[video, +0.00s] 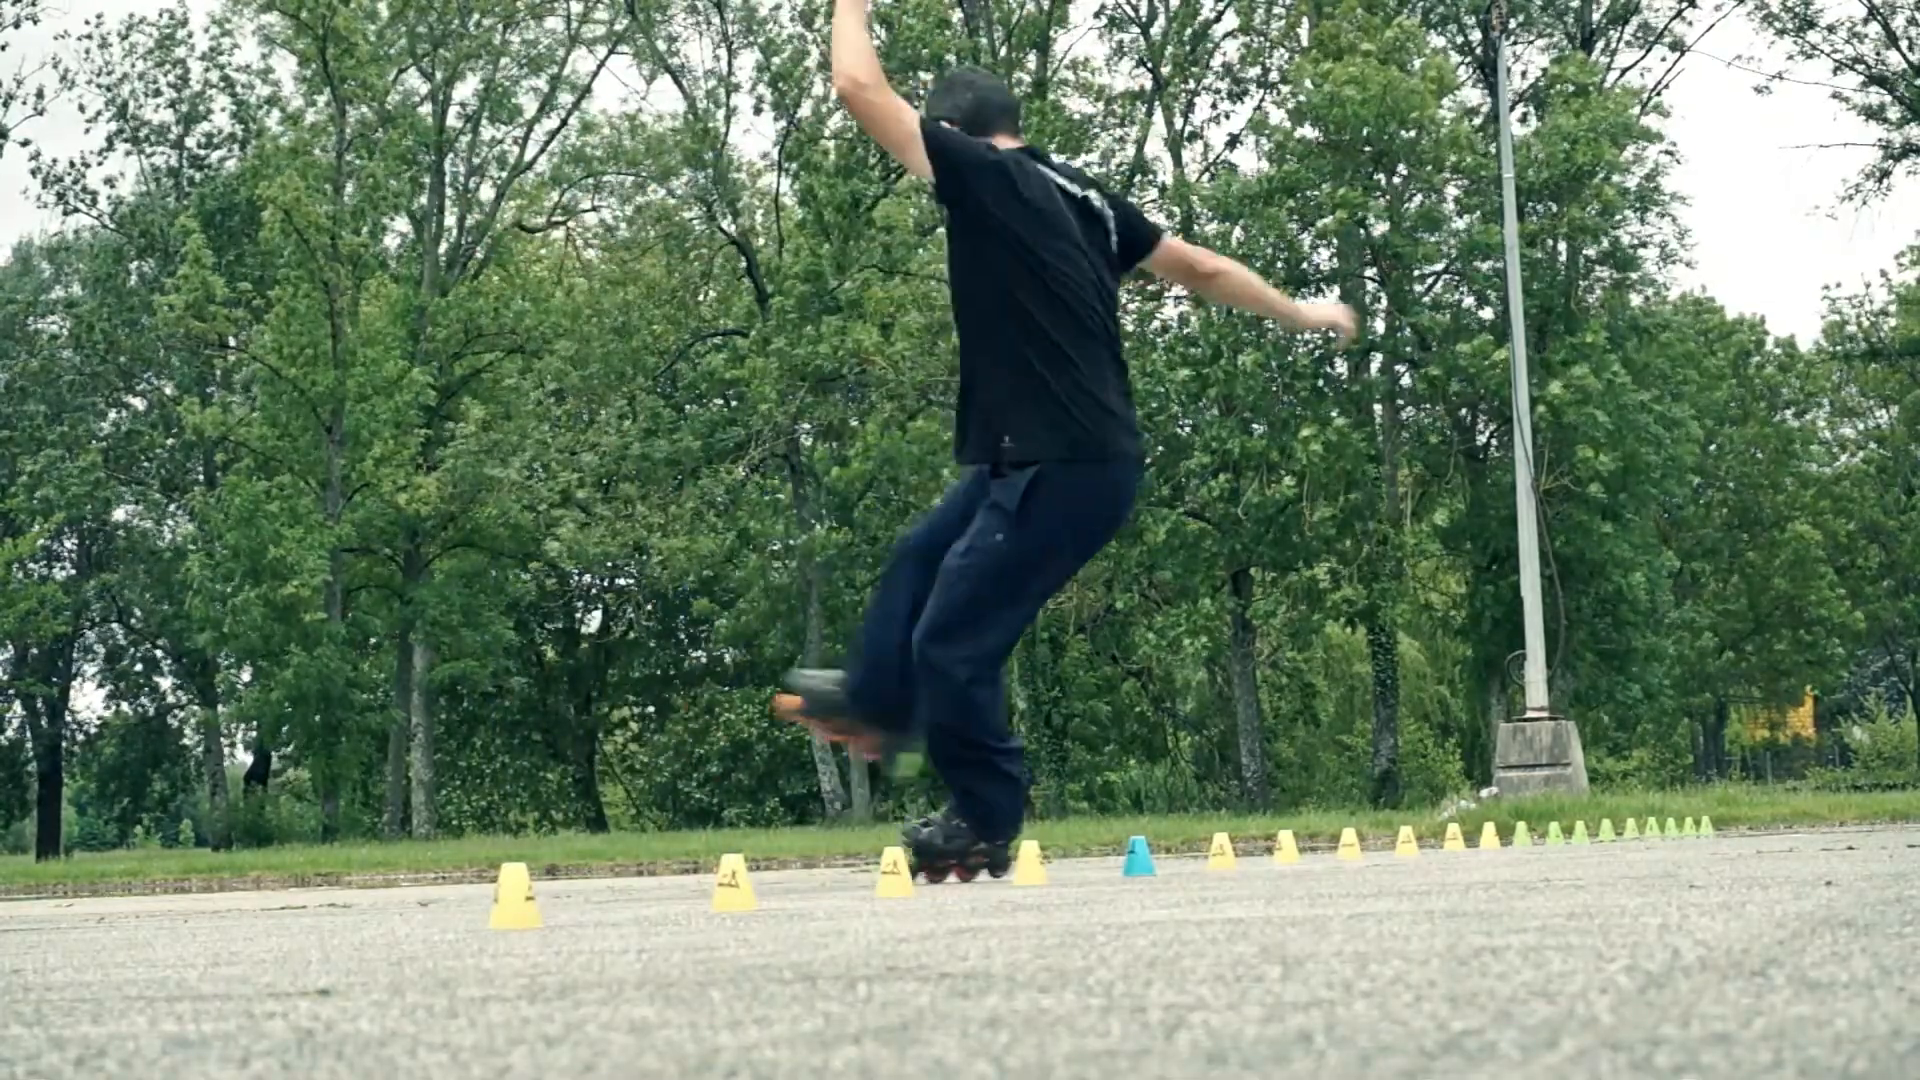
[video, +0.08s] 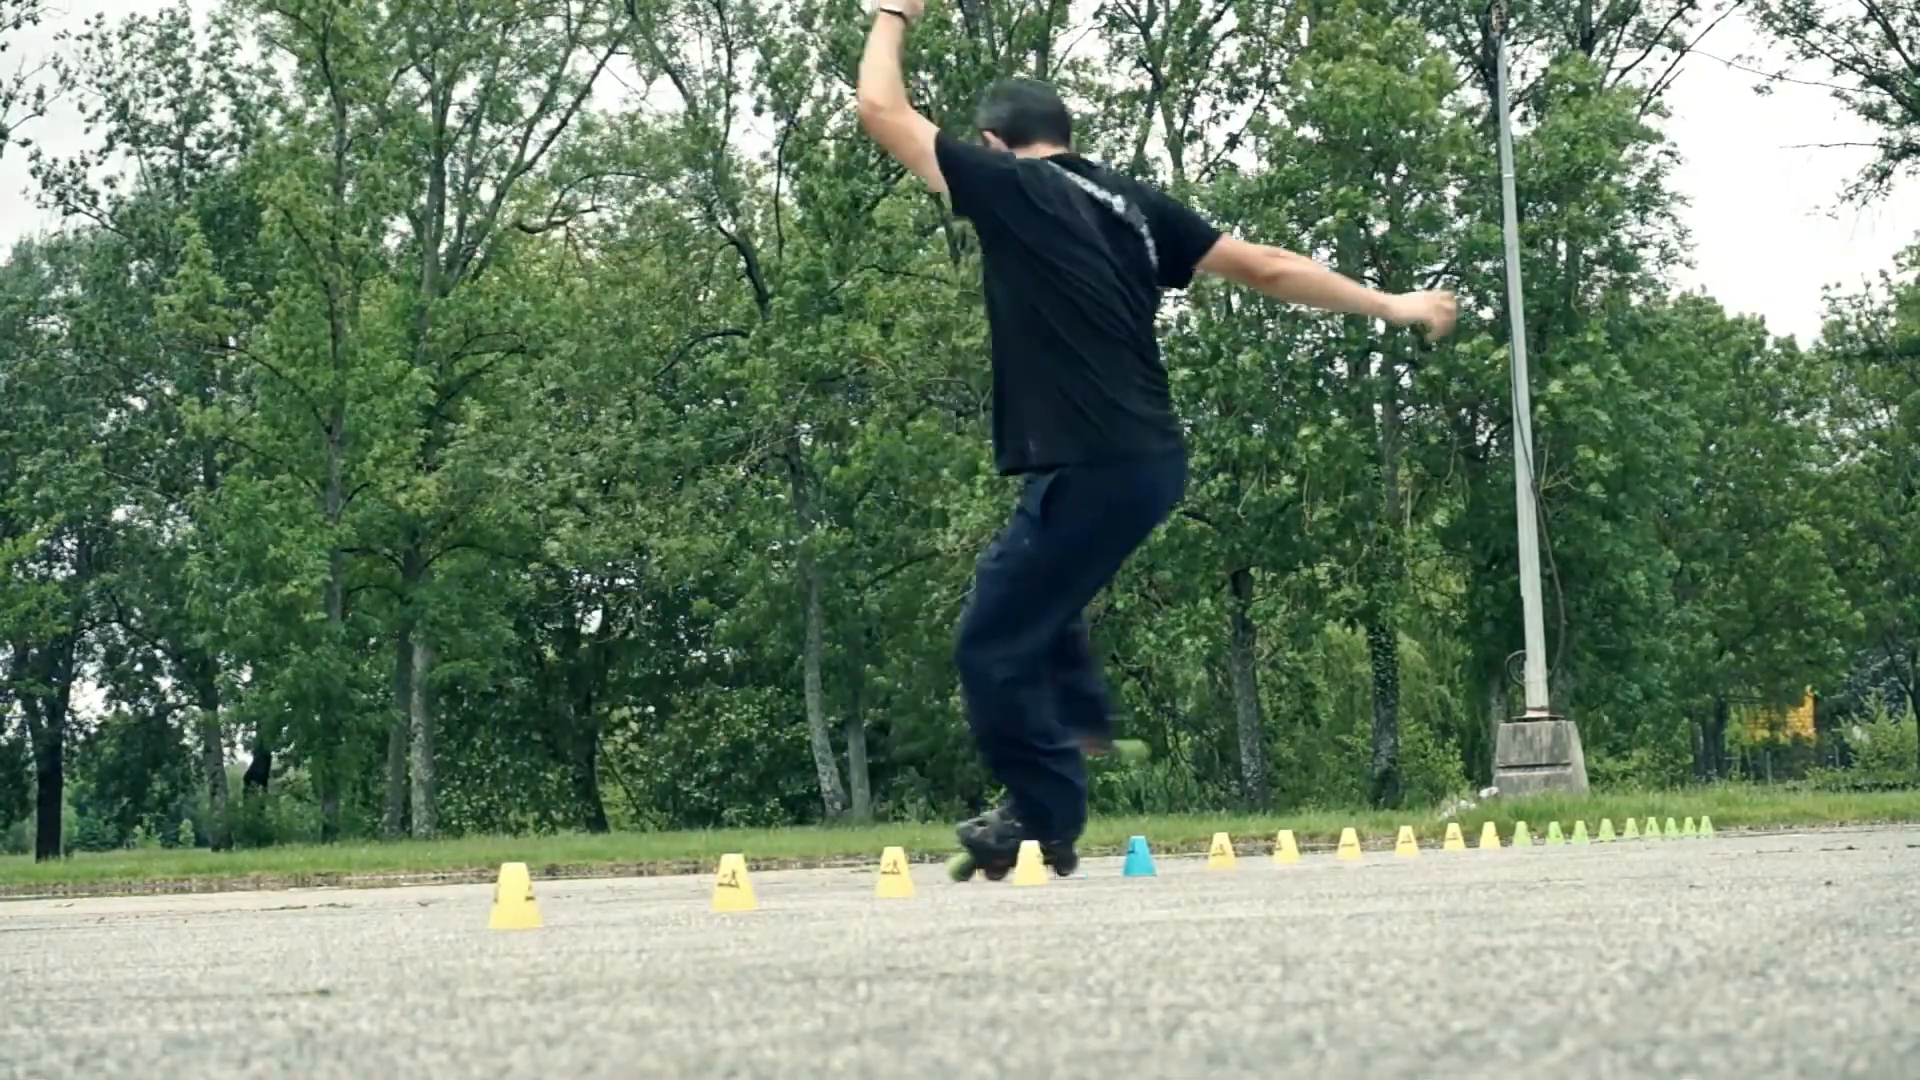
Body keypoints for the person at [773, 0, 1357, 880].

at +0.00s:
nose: (926, 158)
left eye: (930, 144)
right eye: (926, 145)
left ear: (955, 136)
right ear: (1015, 127)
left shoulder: (982, 172)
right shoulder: (1092, 203)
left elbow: (856, 83)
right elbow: (1198, 266)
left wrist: (850, 5)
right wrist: (1296, 310)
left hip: (1063, 468)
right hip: (1026, 462)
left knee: (950, 638)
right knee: (917, 560)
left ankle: (987, 816)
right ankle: (874, 705)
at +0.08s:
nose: (978, 155)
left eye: (979, 145)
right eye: (983, 146)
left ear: (996, 142)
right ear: (1064, 135)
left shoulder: (1006, 181)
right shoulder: (1137, 205)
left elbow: (879, 109)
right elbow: (1260, 265)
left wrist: (890, 18)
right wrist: (1389, 303)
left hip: (1093, 468)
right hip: (1148, 463)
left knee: (993, 642)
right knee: (1026, 576)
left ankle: (1040, 815)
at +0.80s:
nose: (1654, 99)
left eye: (1648, 87)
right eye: (1642, 87)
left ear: (1554, 99)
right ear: (1604, 89)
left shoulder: (1494, 187)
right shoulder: (1613, 117)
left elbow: (1447, 317)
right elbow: (1752, 55)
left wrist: (1415, 396)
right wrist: (1795, 9)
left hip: (1503, 427)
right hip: (1593, 409)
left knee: (1670, 615)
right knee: (1655, 620)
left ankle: (1782, 793)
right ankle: (1484, 729)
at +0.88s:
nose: (1696, 95)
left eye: (1694, 84)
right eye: (1686, 83)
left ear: (1613, 78)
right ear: (1636, 76)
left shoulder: (1522, 181)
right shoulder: (1621, 113)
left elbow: (1493, 317)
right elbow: (1772, 72)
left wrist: (1473, 429)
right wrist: (1829, 67)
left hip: (1519, 423)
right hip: (1604, 401)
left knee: (1699, 606)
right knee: (1672, 612)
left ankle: (1800, 775)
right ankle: (1483, 730)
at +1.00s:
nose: (1727, 95)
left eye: (1728, 80)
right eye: (1718, 77)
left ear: (1648, 67)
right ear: (1665, 64)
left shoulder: (1562, 151)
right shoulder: (1628, 101)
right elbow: (1788, 91)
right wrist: (1851, 151)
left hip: (1534, 404)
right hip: (1592, 390)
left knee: (1724, 606)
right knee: (1675, 612)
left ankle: (1806, 774)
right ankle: (1463, 737)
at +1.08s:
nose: (1731, 96)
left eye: (1736, 81)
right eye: (1720, 75)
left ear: (1663, 67)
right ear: (1662, 58)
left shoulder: (1613, 152)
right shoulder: (1610, 100)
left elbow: (1584, 320)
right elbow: (1748, 110)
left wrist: (1661, 467)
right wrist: (1834, 188)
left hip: (1596, 404)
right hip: (1561, 396)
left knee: (1718, 595)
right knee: (1657, 610)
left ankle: (1776, 763)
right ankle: (1456, 739)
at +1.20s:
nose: (1705, 89)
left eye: (1717, 74)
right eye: (1694, 63)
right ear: (1632, 45)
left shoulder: (1632, 174)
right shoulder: (1562, 89)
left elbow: (1614, 331)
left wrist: (1716, 429)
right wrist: (1740, 203)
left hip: (1591, 428)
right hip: (1511, 413)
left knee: (1688, 582)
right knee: (1610, 607)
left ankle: (1691, 766)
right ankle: (1449, 744)